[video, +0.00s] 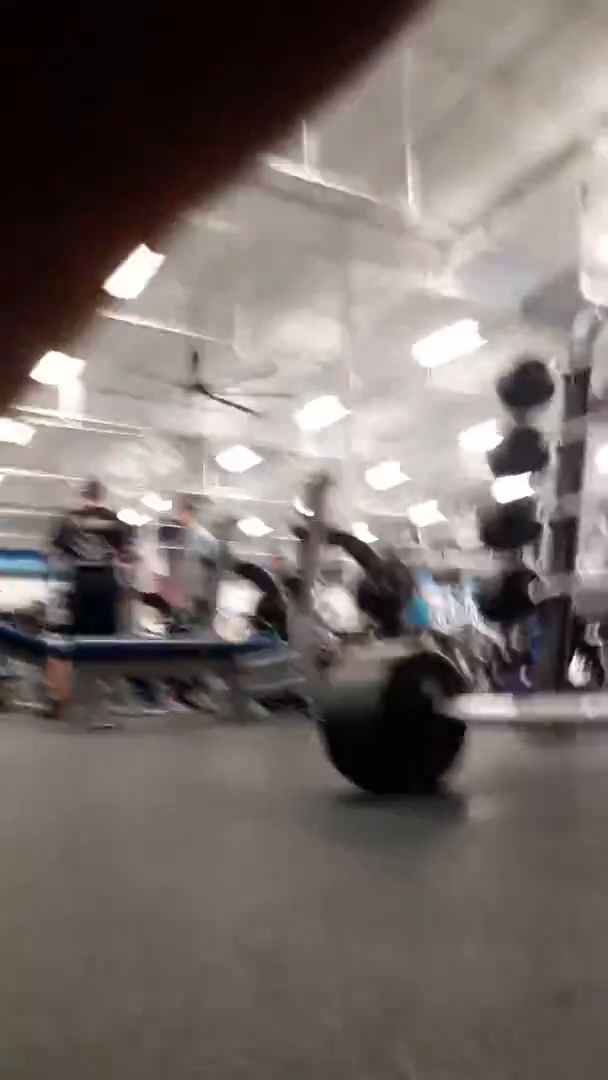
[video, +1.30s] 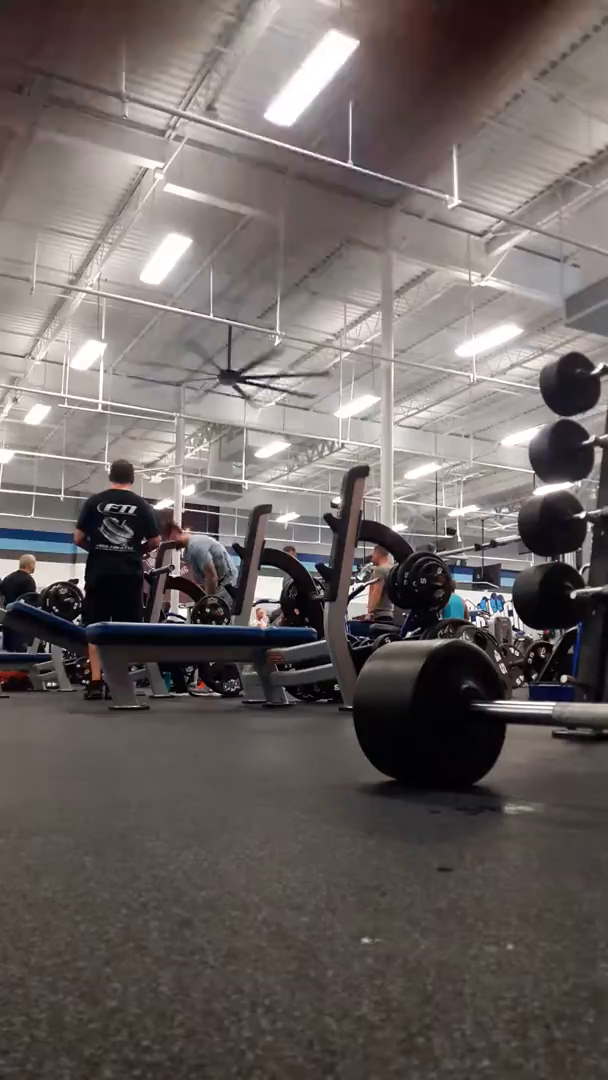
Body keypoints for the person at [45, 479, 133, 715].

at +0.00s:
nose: (91, 499)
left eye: (88, 495)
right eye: (94, 495)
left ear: (82, 495)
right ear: (102, 495)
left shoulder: (71, 520)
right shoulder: (112, 520)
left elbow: (59, 546)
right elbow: (123, 547)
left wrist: (77, 555)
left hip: (82, 580)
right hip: (107, 581)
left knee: (79, 633)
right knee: (107, 634)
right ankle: (108, 692)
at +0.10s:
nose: (142, 517)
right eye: (144, 512)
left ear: (125, 514)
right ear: (146, 514)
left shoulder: (112, 537)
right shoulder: (156, 539)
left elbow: (92, 569)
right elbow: (171, 575)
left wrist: (94, 599)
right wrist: (158, 583)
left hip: (115, 606)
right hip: (146, 607)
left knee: (106, 660)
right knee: (147, 662)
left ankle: (99, 712)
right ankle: (144, 717)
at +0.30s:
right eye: (133, 486)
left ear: (113, 486)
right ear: (135, 487)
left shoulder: (99, 509)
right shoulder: (145, 514)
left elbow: (82, 544)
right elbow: (156, 551)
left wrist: (88, 569)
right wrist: (145, 569)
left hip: (101, 580)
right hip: (131, 580)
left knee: (98, 635)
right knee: (132, 636)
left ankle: (99, 690)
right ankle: (129, 693)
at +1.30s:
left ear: (109, 478)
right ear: (132, 479)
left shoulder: (94, 501)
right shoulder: (142, 505)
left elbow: (78, 538)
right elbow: (155, 541)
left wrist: (97, 548)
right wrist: (138, 550)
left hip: (99, 574)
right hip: (130, 575)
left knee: (95, 626)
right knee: (128, 627)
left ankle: (96, 680)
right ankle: (123, 683)